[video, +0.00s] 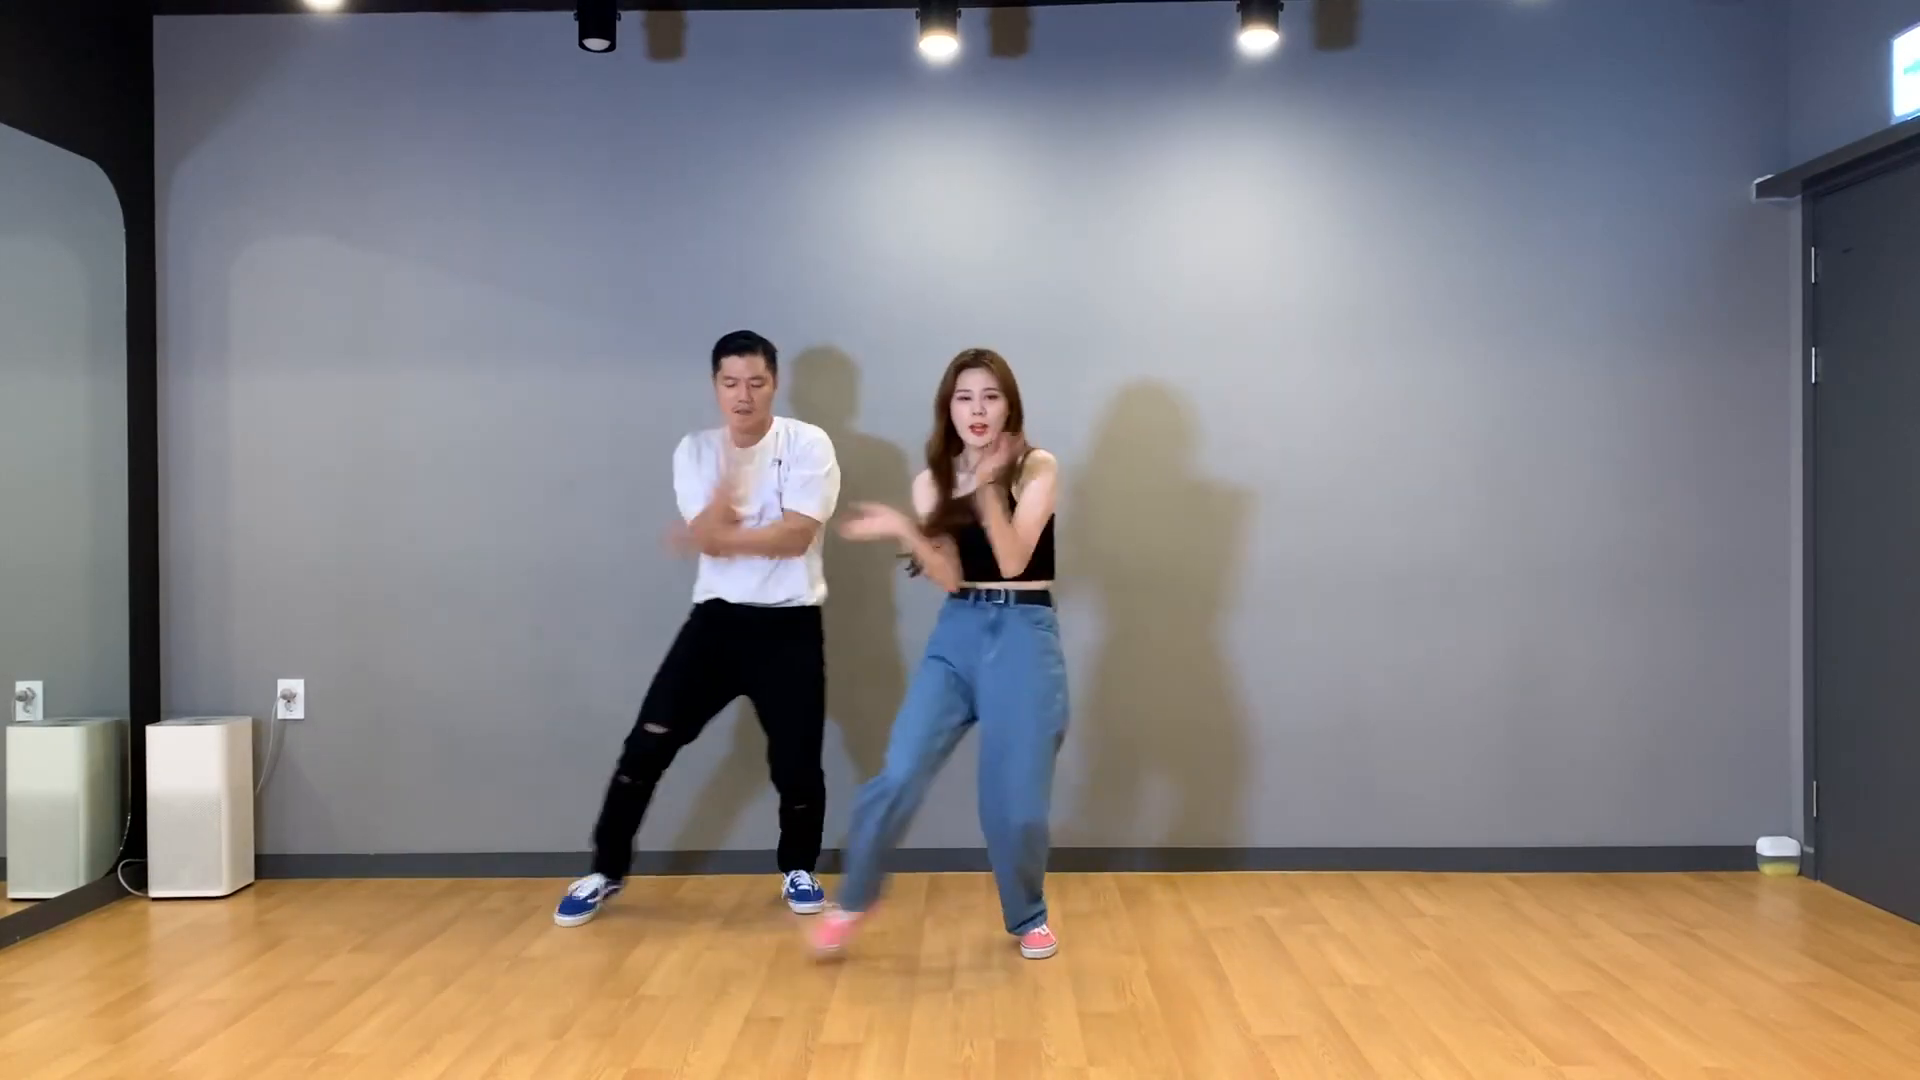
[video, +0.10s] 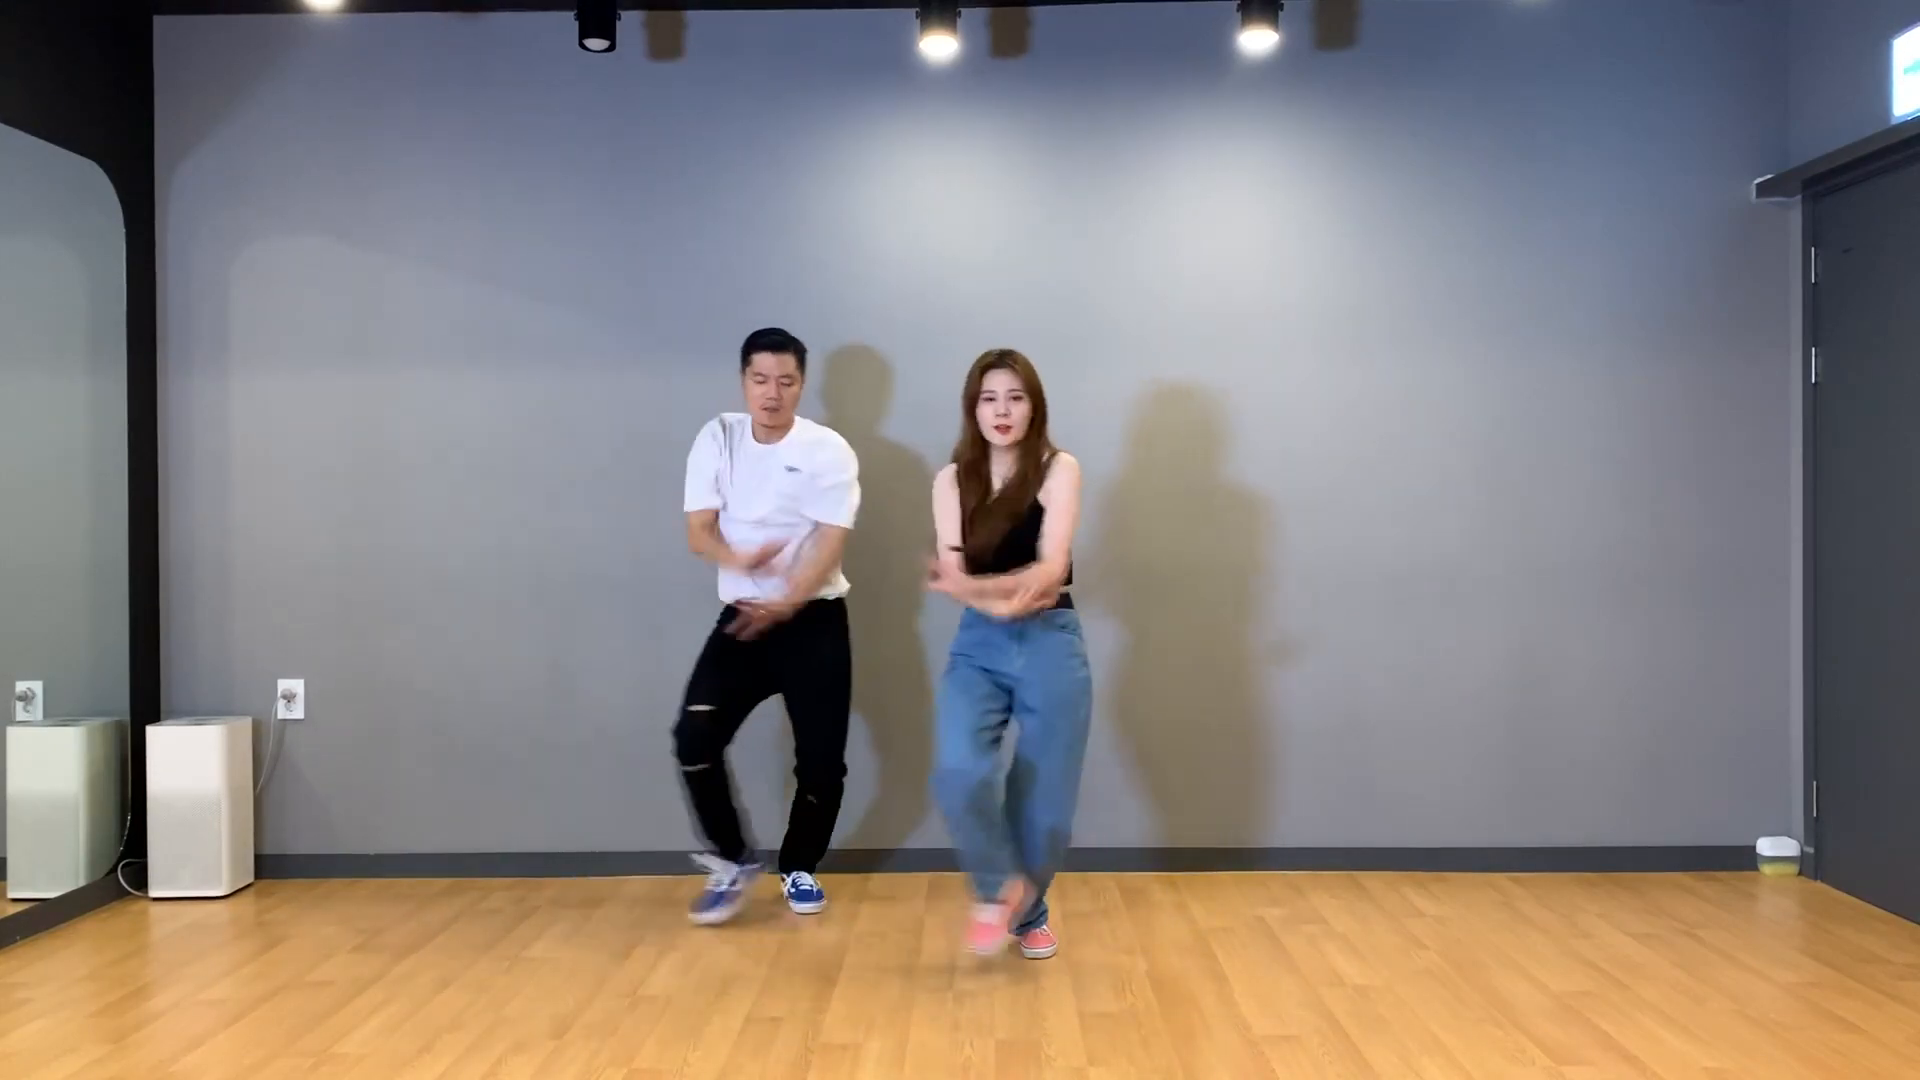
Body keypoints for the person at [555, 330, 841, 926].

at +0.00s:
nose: (743, 394)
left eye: (755, 383)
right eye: (731, 383)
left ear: (774, 386)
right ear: (716, 389)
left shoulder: (809, 445)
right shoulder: (695, 450)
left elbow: (797, 537)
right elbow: (707, 539)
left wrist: (716, 538)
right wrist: (725, 495)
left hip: (790, 626)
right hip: (716, 621)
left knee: (798, 762)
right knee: (648, 744)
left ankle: (799, 873)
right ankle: (608, 872)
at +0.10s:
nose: (771, 392)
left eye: (784, 381)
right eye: (760, 379)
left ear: (801, 385)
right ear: (744, 384)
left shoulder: (831, 452)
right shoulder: (718, 438)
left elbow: (829, 548)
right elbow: (699, 533)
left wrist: (780, 606)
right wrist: (736, 558)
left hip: (817, 618)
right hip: (743, 616)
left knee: (823, 761)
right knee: (695, 737)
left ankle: (799, 869)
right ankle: (734, 861)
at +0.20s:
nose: (796, 397)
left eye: (809, 386)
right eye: (785, 383)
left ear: (824, 391)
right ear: (765, 383)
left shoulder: (849, 457)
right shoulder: (732, 445)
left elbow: (887, 549)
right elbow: (694, 536)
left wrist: (919, 626)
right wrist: (652, 604)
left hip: (838, 621)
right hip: (766, 624)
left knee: (844, 762)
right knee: (759, 760)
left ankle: (794, 865)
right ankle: (851, 863)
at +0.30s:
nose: (813, 398)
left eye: (827, 388)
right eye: (803, 384)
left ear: (840, 396)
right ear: (782, 384)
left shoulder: (868, 458)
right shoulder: (746, 457)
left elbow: (923, 543)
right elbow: (692, 538)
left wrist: (977, 606)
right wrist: (633, 603)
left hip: (864, 624)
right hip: (788, 630)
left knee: (863, 770)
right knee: (816, 770)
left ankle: (793, 863)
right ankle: (865, 882)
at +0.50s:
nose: (844, 377)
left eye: (859, 369)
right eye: (833, 364)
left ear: (871, 383)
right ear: (811, 373)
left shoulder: (902, 454)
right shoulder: (778, 459)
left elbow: (967, 519)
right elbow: (727, 541)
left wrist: (999, 579)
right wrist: (644, 570)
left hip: (903, 621)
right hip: (827, 627)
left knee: (921, 760)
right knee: (833, 762)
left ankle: (866, 831)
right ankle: (863, 884)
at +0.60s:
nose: (860, 357)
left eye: (874, 348)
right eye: (849, 345)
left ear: (889, 361)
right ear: (829, 356)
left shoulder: (917, 430)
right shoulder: (798, 428)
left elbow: (972, 497)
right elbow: (749, 510)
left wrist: (903, 502)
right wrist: (744, 484)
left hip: (918, 603)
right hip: (844, 609)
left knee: (947, 733)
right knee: (840, 753)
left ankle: (972, 838)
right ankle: (864, 883)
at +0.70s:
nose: (880, 332)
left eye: (892, 322)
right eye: (868, 322)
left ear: (911, 335)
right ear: (851, 335)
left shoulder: (930, 400)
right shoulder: (828, 391)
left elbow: (992, 453)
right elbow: (791, 458)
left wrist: (916, 452)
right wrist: (808, 446)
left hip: (932, 589)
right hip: (858, 593)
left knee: (977, 731)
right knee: (850, 740)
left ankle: (1021, 869)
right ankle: (868, 880)